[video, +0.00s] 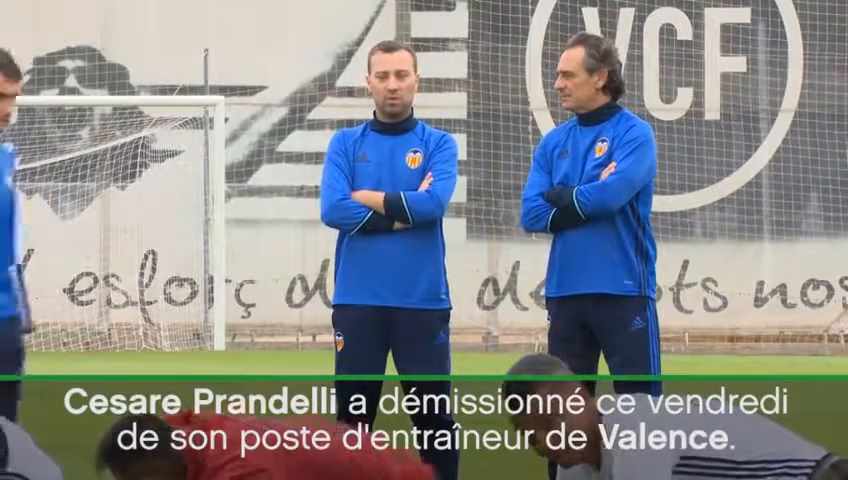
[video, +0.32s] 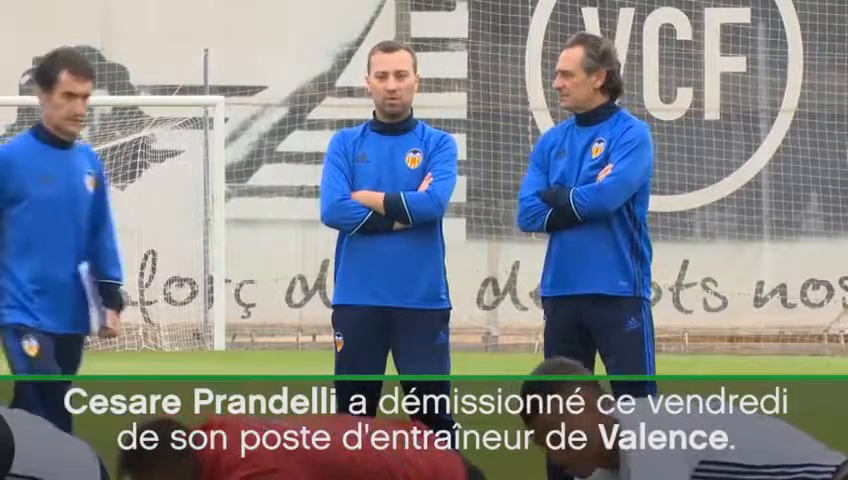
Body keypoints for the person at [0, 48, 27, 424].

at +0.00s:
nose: (9, 109)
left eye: (13, 98)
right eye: (4, 97)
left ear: (18, 97)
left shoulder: (9, 158)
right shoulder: (7, 159)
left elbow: (12, 250)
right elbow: (11, 254)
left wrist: (20, 312)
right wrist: (16, 313)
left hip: (8, 316)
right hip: (5, 316)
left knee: (6, 425)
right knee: (5, 425)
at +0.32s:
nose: (79, 108)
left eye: (85, 98)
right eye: (69, 96)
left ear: (90, 100)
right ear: (41, 96)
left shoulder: (89, 161)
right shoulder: (9, 158)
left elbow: (101, 234)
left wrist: (112, 298)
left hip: (71, 311)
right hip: (17, 307)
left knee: (34, 415)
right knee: (53, 416)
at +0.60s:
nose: (144, 99)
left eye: (151, 89)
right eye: (134, 88)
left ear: (156, 91)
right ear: (108, 88)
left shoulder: (156, 151)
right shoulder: (77, 155)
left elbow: (167, 228)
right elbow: (49, 237)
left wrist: (176, 286)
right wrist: (58, 311)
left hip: (156, 314)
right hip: (100, 318)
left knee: (159, 429)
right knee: (111, 438)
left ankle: (155, 478)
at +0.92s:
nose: (235, 107)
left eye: (241, 96)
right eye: (225, 95)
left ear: (247, 97)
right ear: (199, 95)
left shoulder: (245, 162)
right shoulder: (169, 163)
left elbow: (254, 243)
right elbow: (143, 242)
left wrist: (263, 310)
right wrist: (175, 299)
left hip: (244, 331)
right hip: (182, 335)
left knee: (253, 446)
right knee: (172, 447)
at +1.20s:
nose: (324, 101)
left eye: (331, 91)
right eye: (315, 89)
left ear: (336, 90)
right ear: (287, 84)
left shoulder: (333, 154)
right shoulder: (250, 148)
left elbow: (345, 231)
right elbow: (217, 226)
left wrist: (361, 297)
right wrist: (218, 303)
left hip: (324, 311)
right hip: (269, 313)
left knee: (324, 423)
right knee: (293, 423)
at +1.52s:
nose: (401, 112)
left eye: (408, 101)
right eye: (391, 100)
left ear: (416, 95)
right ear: (364, 93)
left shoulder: (415, 158)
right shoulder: (330, 160)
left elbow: (428, 237)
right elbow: (299, 241)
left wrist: (439, 303)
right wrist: (291, 320)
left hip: (412, 318)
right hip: (352, 319)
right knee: (365, 442)